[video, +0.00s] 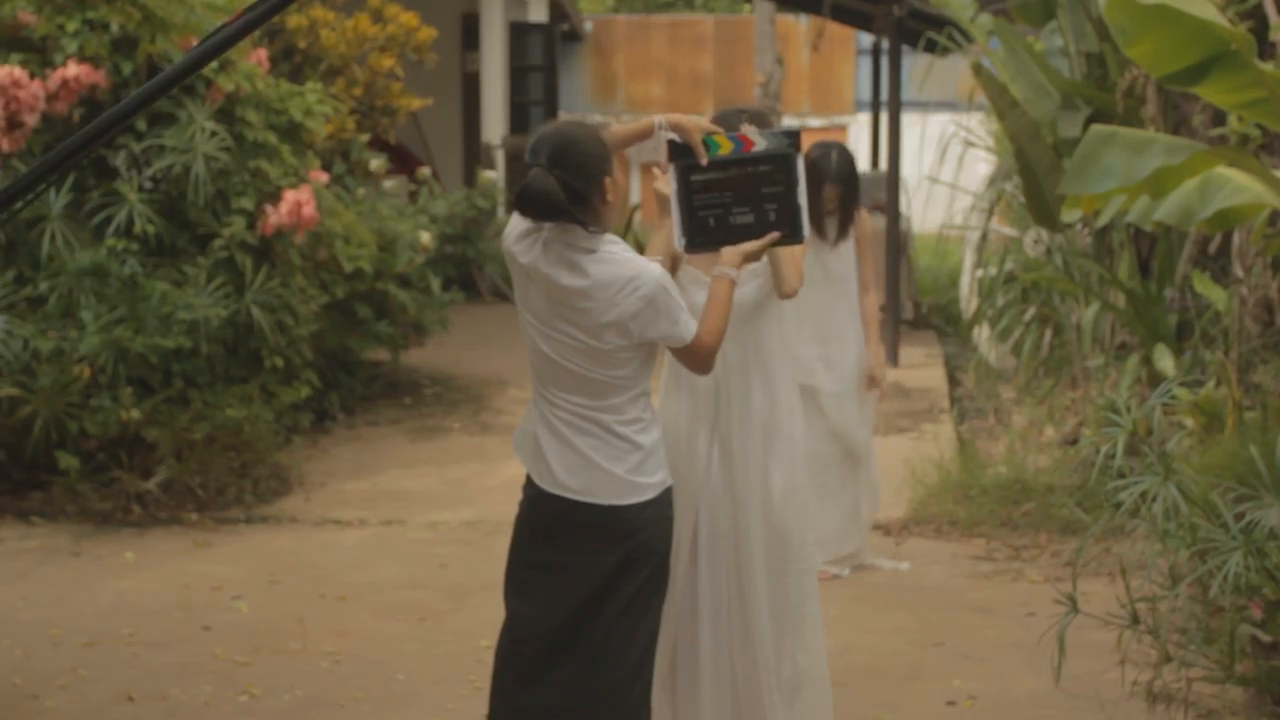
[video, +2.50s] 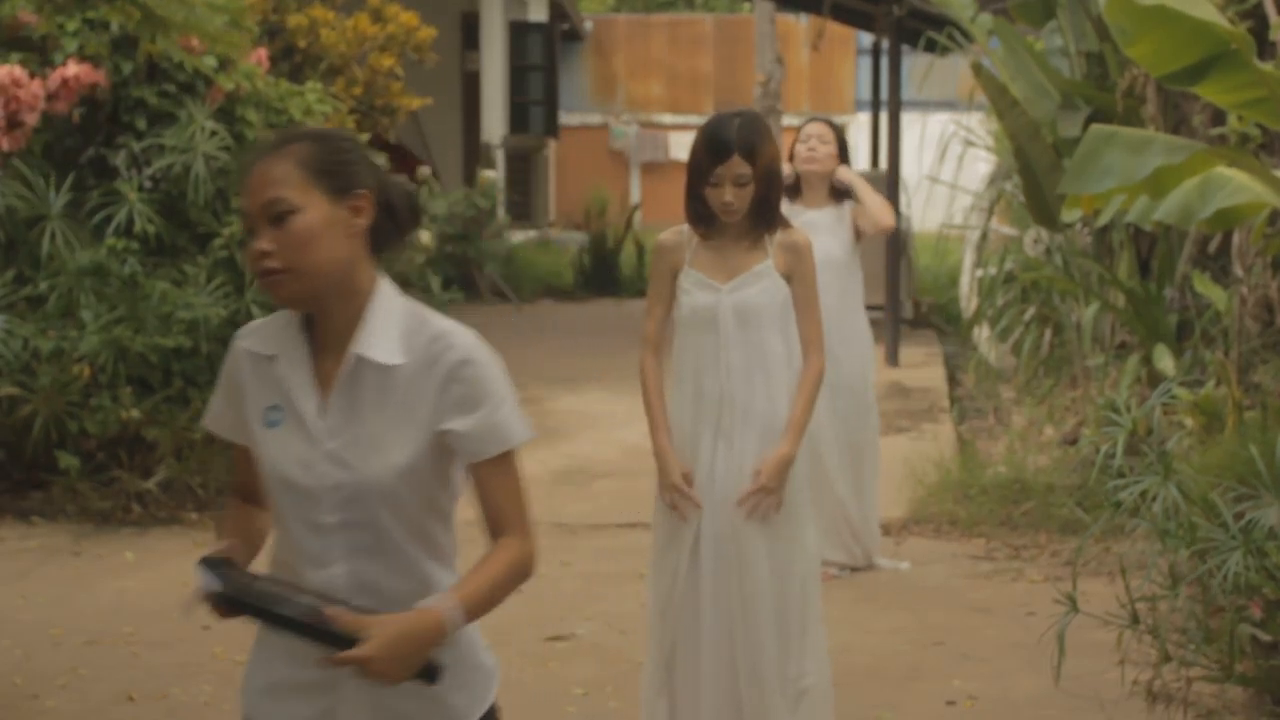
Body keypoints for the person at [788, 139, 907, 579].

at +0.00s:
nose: (828, 201)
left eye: (836, 192)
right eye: (821, 192)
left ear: (849, 189)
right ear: (806, 188)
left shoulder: (860, 225)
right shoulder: (792, 223)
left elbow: (869, 291)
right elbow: (778, 290)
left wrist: (874, 351)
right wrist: (774, 357)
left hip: (843, 353)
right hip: (796, 355)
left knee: (844, 450)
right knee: (803, 451)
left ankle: (845, 547)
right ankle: (809, 550)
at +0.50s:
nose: (826, 194)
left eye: (834, 185)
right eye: (819, 185)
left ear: (846, 184)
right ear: (806, 183)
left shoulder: (858, 221)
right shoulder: (789, 218)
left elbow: (874, 290)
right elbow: (773, 289)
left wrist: (885, 355)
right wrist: (769, 358)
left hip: (848, 356)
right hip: (797, 359)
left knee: (851, 453)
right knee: (805, 455)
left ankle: (858, 547)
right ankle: (817, 552)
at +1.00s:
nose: (830, 174)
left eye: (837, 164)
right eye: (819, 164)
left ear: (848, 163)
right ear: (800, 164)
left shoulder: (855, 210)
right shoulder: (782, 210)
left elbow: (871, 285)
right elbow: (770, 280)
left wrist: (882, 353)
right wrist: (775, 346)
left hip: (844, 345)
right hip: (794, 343)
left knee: (841, 444)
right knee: (799, 444)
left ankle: (848, 545)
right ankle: (806, 549)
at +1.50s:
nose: (815, 159)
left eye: (825, 151)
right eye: (807, 150)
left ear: (840, 160)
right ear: (793, 159)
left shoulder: (858, 218)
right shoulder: (779, 218)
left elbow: (871, 288)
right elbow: (769, 290)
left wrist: (871, 349)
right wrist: (773, 351)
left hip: (846, 348)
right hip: (793, 348)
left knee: (851, 447)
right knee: (800, 445)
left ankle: (852, 545)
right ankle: (807, 547)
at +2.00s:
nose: (813, 164)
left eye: (822, 156)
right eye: (805, 155)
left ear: (836, 163)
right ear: (792, 164)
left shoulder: (849, 208)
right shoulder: (780, 214)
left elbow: (867, 213)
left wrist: (844, 154)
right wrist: (779, 153)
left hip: (847, 336)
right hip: (795, 336)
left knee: (851, 435)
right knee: (801, 437)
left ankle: (852, 542)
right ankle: (808, 544)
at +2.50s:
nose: (811, 148)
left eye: (821, 142)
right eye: (804, 141)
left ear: (839, 159)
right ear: (791, 156)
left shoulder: (848, 209)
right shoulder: (776, 208)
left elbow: (884, 222)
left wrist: (853, 176)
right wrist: (773, 174)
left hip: (845, 334)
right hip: (792, 335)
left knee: (847, 436)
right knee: (798, 435)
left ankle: (851, 543)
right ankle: (805, 545)